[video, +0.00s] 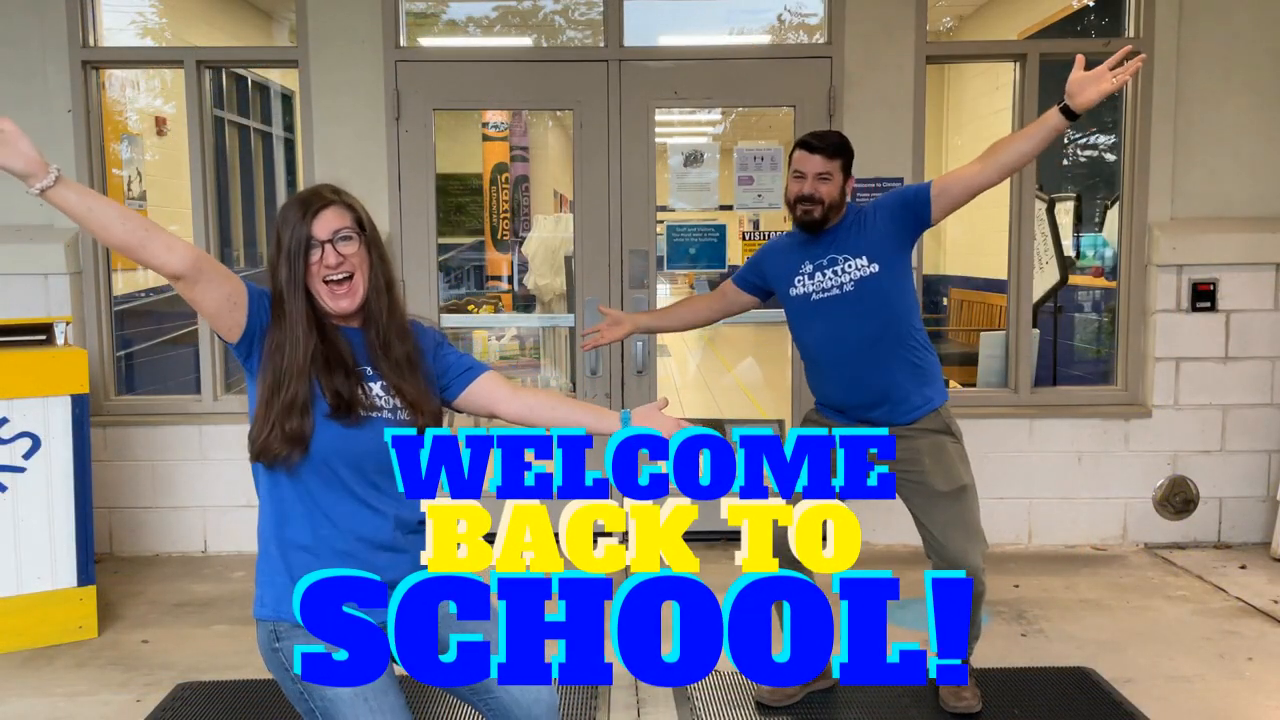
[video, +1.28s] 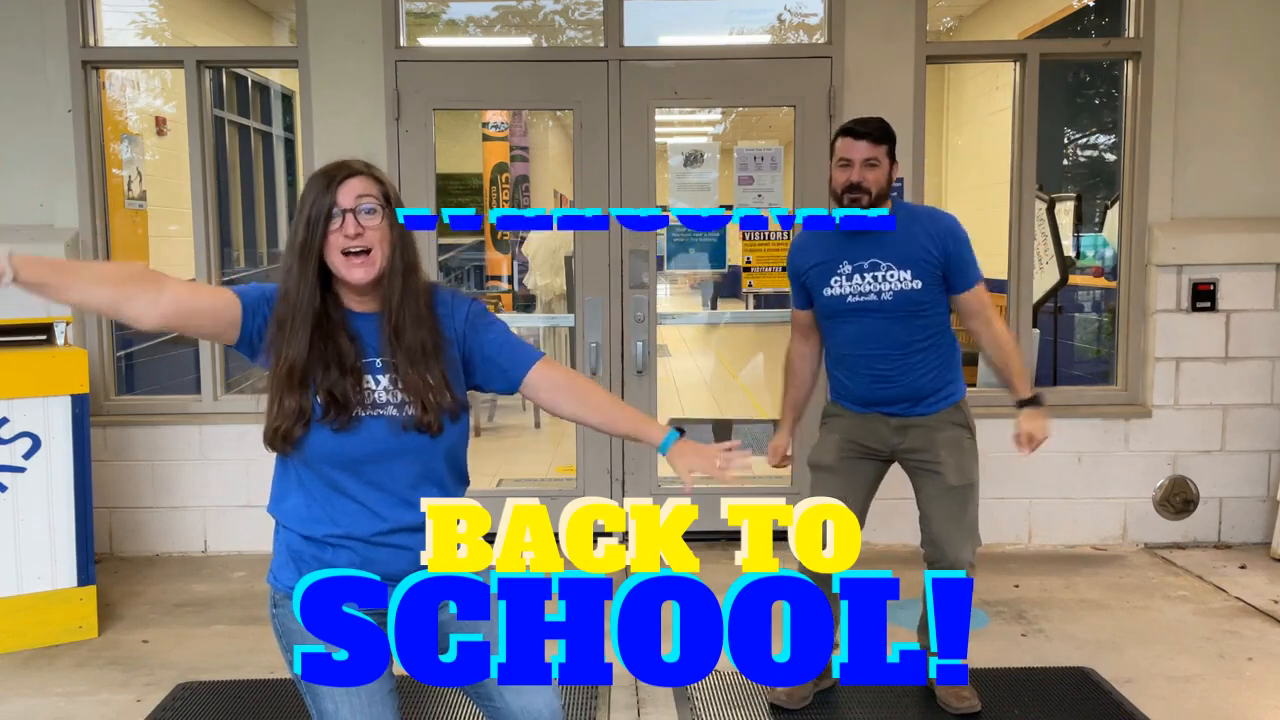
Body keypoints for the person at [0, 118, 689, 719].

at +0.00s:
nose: (333, 258)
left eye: (346, 241)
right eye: (315, 248)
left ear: (372, 251)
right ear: (293, 266)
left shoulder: (413, 346)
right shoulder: (272, 335)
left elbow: (515, 399)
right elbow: (174, 259)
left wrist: (627, 422)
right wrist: (47, 179)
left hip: (421, 596)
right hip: (317, 609)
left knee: (535, 698)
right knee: (377, 711)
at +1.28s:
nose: (355, 226)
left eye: (371, 213)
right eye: (339, 215)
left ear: (397, 232)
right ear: (317, 237)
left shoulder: (447, 319)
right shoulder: (288, 312)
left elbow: (552, 384)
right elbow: (158, 302)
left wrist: (670, 441)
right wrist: (23, 267)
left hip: (442, 564)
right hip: (326, 570)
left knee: (544, 674)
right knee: (355, 704)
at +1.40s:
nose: (378, 197)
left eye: (395, 186)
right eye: (361, 188)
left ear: (422, 214)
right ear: (339, 217)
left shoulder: (469, 308)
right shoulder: (297, 297)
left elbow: (566, 398)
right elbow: (155, 342)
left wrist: (671, 471)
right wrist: (12, 369)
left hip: (458, 557)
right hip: (332, 570)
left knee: (550, 686)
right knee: (354, 712)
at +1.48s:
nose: (396, 175)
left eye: (414, 163)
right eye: (382, 164)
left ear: (445, 187)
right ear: (361, 187)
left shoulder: (484, 288)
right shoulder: (318, 274)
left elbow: (565, 396)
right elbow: (207, 362)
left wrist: (650, 495)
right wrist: (82, 444)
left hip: (470, 538)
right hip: (344, 550)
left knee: (553, 698)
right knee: (361, 710)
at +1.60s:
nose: (425, 173)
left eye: (443, 157)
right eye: (410, 162)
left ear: (476, 175)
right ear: (393, 186)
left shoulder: (525, 289)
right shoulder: (358, 269)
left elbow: (558, 420)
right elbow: (301, 381)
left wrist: (602, 526)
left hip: (486, 536)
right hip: (362, 539)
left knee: (555, 710)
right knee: (362, 713)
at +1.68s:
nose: (453, 184)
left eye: (472, 170)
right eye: (438, 174)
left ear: (505, 188)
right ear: (423, 198)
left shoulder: (551, 299)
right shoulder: (385, 293)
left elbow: (568, 437)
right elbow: (340, 408)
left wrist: (589, 554)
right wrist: (312, 517)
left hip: (514, 554)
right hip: (383, 556)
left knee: (577, 710)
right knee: (370, 713)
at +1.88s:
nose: (517, 181)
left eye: (537, 166)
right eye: (503, 172)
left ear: (577, 184)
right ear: (489, 198)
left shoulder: (639, 298)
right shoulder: (486, 296)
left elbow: (683, 440)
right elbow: (446, 410)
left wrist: (704, 578)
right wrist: (400, 521)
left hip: (612, 565)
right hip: (479, 560)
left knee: (645, 711)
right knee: (433, 710)